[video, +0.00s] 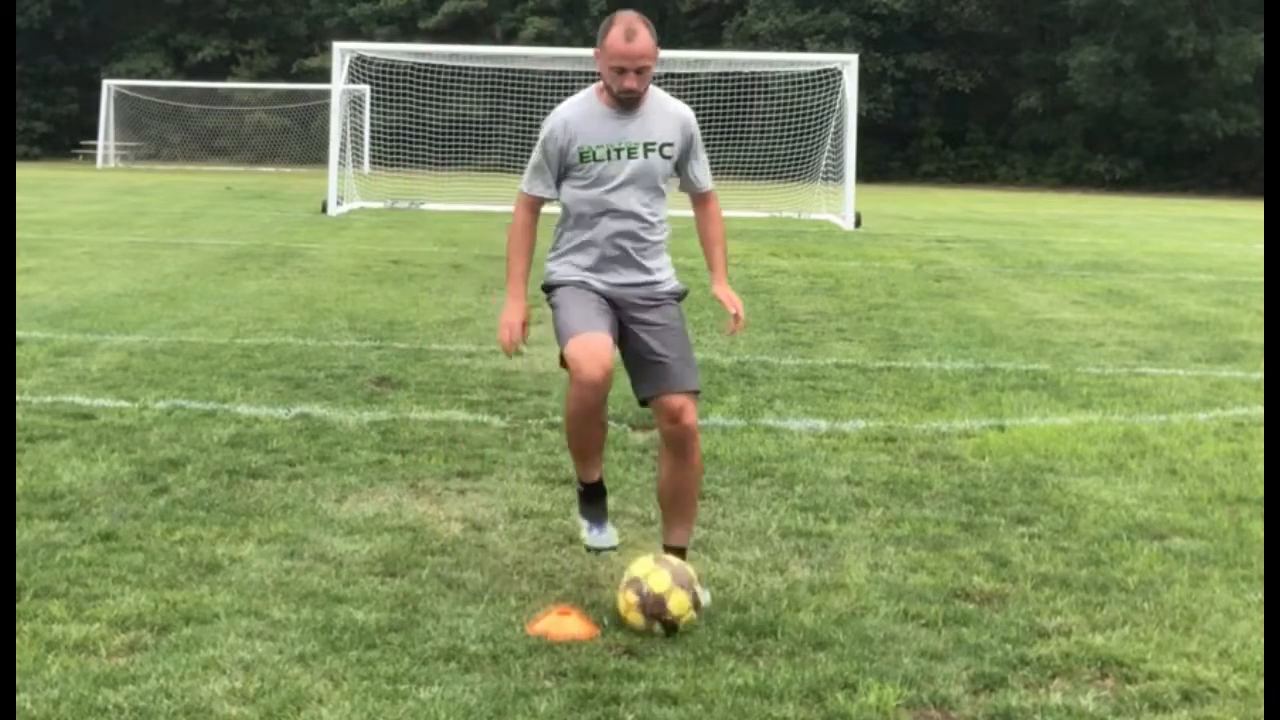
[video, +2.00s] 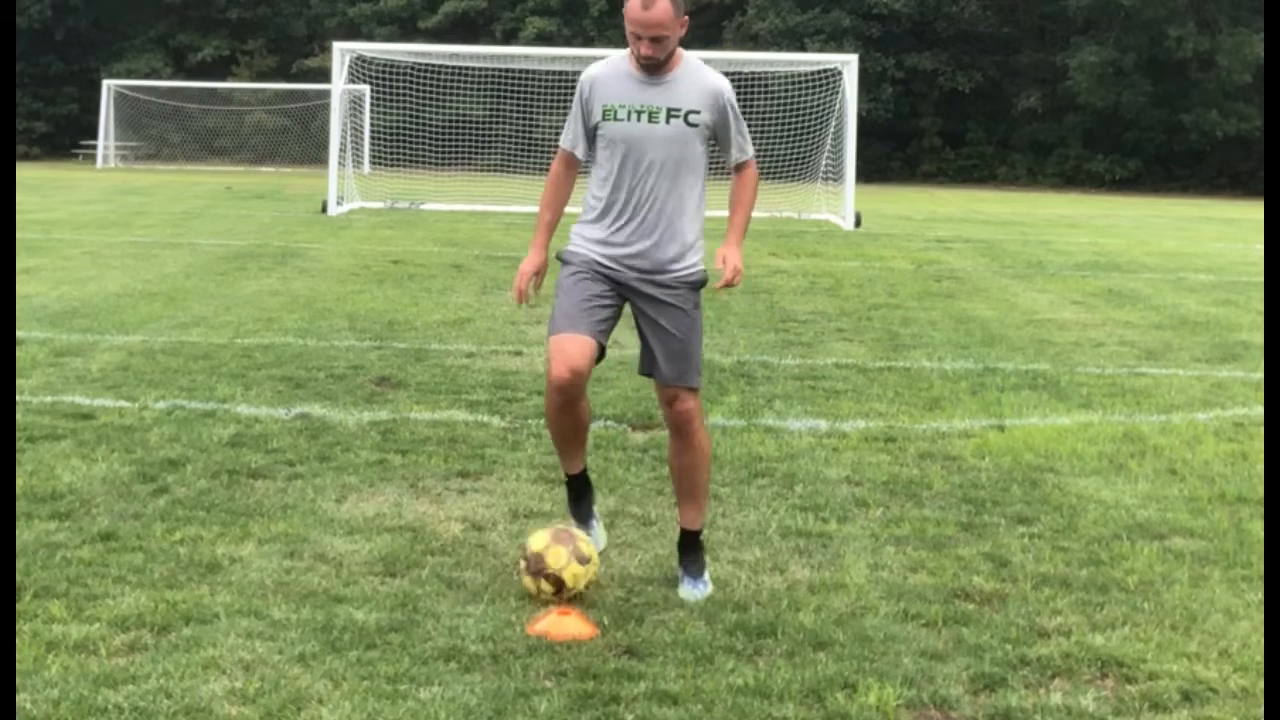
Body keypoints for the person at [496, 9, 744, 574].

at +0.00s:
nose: (631, 83)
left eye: (642, 70)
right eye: (619, 70)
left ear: (657, 64)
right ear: (597, 62)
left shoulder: (677, 120)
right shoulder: (565, 123)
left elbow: (704, 199)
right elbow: (527, 206)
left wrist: (719, 279)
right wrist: (515, 299)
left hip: (650, 283)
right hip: (578, 277)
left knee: (681, 417)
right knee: (592, 370)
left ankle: (675, 561)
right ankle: (592, 499)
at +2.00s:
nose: (646, 50)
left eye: (658, 39)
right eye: (636, 37)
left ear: (683, 27)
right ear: (624, 23)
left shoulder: (711, 89)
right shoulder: (597, 80)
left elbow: (744, 166)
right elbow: (566, 164)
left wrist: (733, 243)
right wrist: (538, 249)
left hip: (672, 271)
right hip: (593, 259)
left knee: (682, 409)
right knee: (563, 375)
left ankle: (691, 551)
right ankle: (580, 504)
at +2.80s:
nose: (596, 73)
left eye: (608, 63)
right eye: (589, 61)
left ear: (638, 52)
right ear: (581, 50)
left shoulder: (669, 120)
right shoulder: (566, 105)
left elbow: (713, 208)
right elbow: (545, 190)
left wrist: (685, 282)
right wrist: (505, 262)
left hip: (628, 292)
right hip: (553, 278)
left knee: (637, 435)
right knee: (472, 378)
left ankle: (649, 566)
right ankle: (456, 529)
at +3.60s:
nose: (503, 64)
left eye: (514, 52)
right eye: (493, 52)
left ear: (540, 40)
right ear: (481, 43)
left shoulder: (579, 98)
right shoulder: (472, 97)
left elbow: (619, 182)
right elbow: (465, 174)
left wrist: (612, 261)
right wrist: (443, 253)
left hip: (564, 256)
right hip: (492, 257)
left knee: (550, 367)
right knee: (452, 394)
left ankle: (577, 479)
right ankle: (438, 543)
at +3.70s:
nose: (489, 73)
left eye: (500, 61)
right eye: (479, 62)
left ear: (526, 48)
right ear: (468, 53)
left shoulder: (567, 107)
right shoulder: (461, 109)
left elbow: (609, 189)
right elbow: (451, 187)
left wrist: (606, 271)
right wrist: (430, 267)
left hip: (555, 261)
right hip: (485, 267)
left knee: (541, 356)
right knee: (449, 402)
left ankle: (557, 479)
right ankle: (444, 550)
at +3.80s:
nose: (479, 81)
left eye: (490, 68)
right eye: (468, 68)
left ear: (514, 56)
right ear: (457, 61)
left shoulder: (555, 112)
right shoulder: (450, 120)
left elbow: (599, 195)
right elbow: (439, 202)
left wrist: (600, 279)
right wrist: (417, 283)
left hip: (547, 265)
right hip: (477, 273)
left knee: (533, 351)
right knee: (441, 410)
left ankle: (541, 489)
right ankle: (447, 552)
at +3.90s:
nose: (470, 83)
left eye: (481, 70)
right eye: (459, 71)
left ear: (506, 58)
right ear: (447, 63)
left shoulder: (547, 114)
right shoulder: (442, 123)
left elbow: (593, 197)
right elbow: (430, 211)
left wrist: (596, 281)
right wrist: (404, 295)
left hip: (543, 267)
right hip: (473, 277)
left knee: (526, 353)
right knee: (430, 410)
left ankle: (531, 498)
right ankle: (446, 552)